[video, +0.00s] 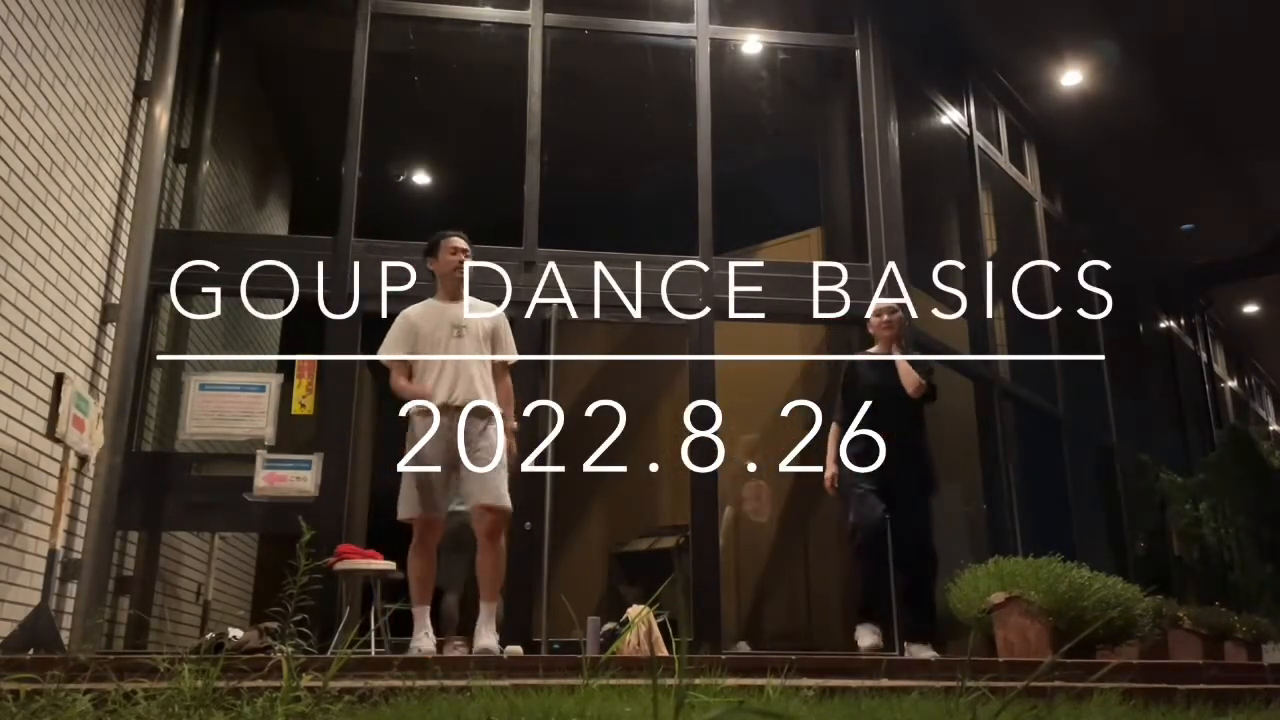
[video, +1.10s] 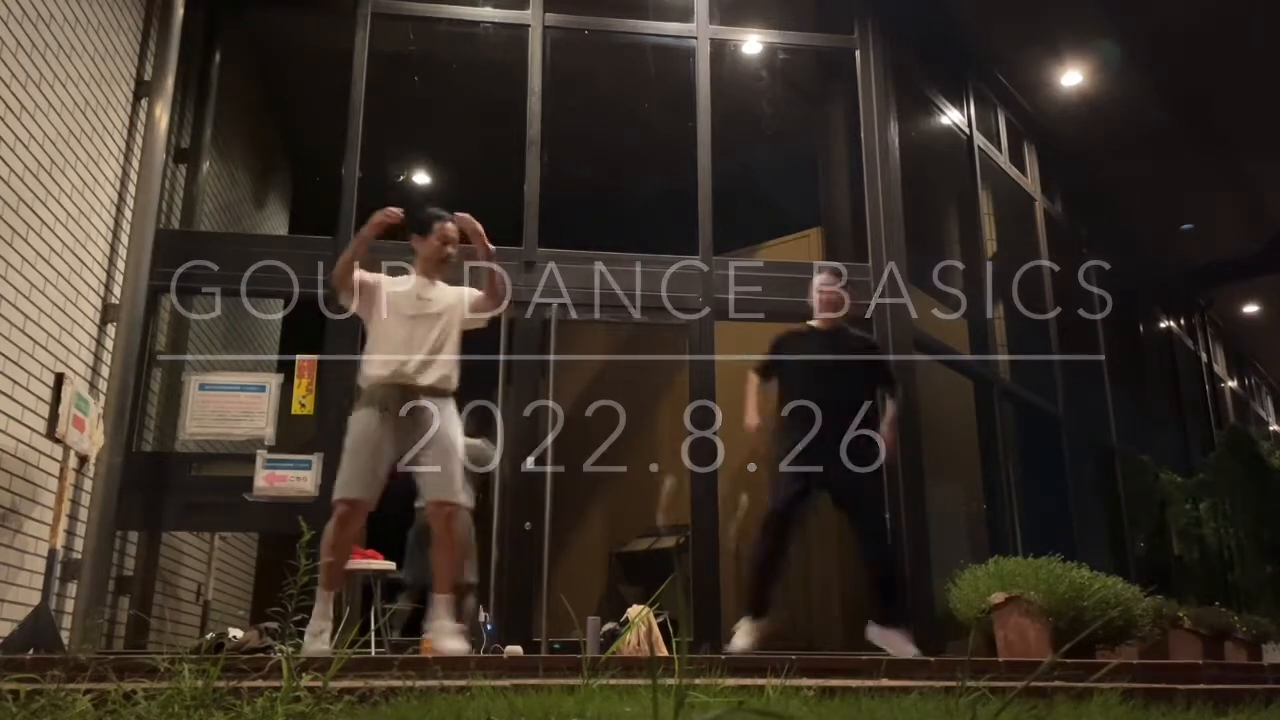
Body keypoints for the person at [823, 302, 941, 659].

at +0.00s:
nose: (886, 319)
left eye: (892, 313)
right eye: (879, 314)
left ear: (904, 319)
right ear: (870, 323)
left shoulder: (916, 357)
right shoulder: (856, 363)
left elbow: (916, 389)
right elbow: (841, 416)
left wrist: (896, 349)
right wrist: (831, 460)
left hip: (909, 468)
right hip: (864, 470)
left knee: (915, 550)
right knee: (870, 530)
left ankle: (917, 638)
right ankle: (867, 623)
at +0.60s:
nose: (870, 314)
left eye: (876, 308)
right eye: (862, 308)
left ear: (887, 314)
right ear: (849, 315)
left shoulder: (904, 360)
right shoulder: (835, 360)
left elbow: (945, 405)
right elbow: (820, 395)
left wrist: (923, 378)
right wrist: (813, 403)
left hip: (903, 470)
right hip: (854, 473)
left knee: (910, 544)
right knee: (866, 551)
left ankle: (915, 629)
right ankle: (877, 636)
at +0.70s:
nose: (868, 317)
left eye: (874, 311)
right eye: (861, 311)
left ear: (885, 317)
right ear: (849, 317)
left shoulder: (899, 363)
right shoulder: (834, 362)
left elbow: (934, 419)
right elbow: (805, 415)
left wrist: (917, 410)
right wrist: (820, 403)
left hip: (901, 475)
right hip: (854, 476)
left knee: (908, 551)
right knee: (866, 555)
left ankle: (913, 638)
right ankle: (877, 637)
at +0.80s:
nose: (867, 330)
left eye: (873, 324)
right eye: (860, 324)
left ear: (883, 329)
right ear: (849, 330)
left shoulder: (896, 382)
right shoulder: (834, 379)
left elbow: (918, 427)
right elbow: (810, 421)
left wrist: (914, 448)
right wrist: (828, 432)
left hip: (893, 479)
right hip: (848, 480)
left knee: (907, 548)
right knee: (865, 536)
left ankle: (911, 637)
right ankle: (867, 617)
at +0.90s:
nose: (858, 329)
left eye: (865, 323)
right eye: (851, 323)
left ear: (878, 327)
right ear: (842, 327)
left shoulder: (893, 381)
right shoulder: (823, 376)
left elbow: (909, 432)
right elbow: (796, 423)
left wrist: (907, 466)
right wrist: (808, 456)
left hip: (883, 482)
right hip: (836, 479)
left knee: (902, 553)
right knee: (832, 512)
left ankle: (909, 640)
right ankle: (829, 590)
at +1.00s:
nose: (833, 304)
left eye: (841, 298)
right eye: (828, 297)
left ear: (857, 307)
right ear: (821, 304)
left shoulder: (876, 358)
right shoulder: (804, 351)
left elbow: (898, 409)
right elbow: (772, 392)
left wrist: (896, 448)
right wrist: (772, 431)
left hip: (861, 461)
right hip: (810, 457)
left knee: (882, 541)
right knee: (793, 514)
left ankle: (903, 634)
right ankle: (779, 601)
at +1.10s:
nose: (828, 297)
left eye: (835, 291)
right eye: (821, 291)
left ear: (847, 297)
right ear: (811, 297)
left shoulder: (864, 346)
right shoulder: (789, 342)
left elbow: (890, 393)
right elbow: (757, 374)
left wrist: (886, 430)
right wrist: (753, 412)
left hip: (853, 455)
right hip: (800, 454)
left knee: (876, 534)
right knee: (775, 527)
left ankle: (886, 622)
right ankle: (753, 618)